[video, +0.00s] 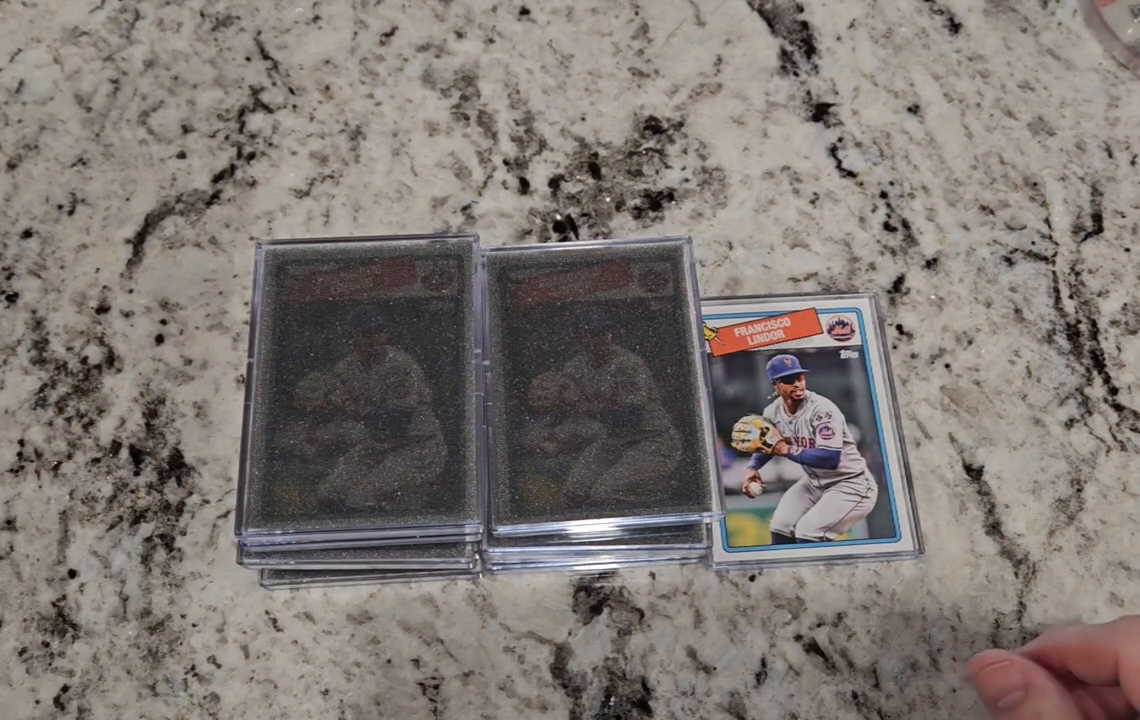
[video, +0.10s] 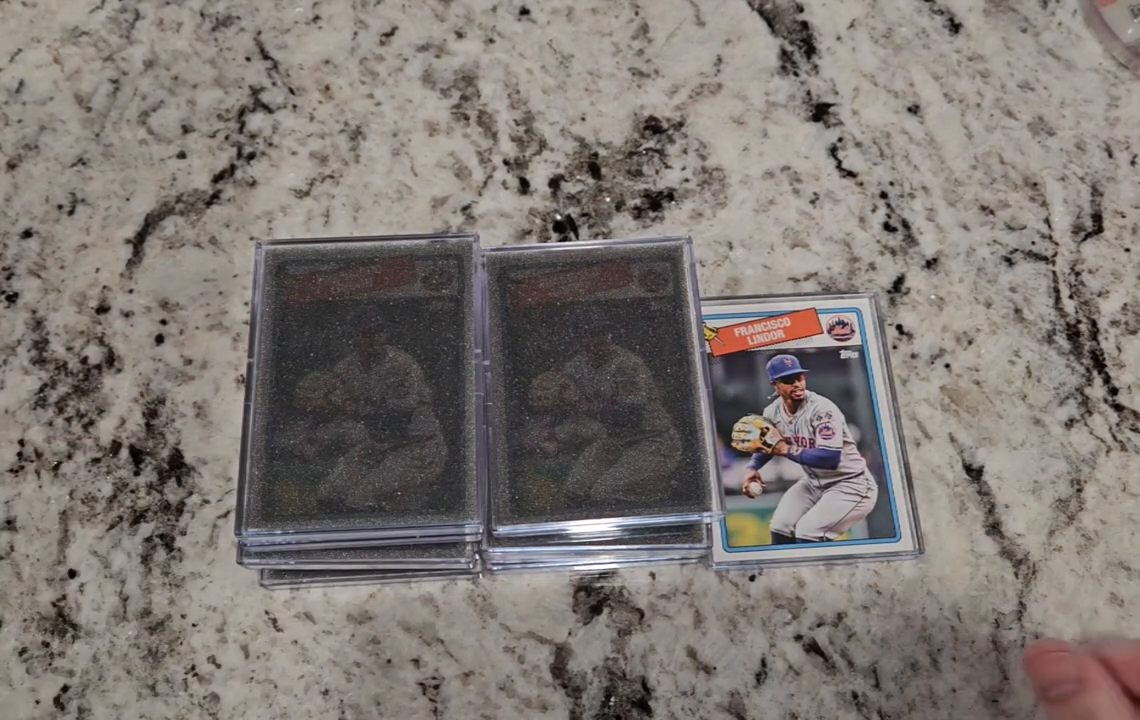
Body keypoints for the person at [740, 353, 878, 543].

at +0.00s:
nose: (797, 384)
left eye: (799, 378)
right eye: (789, 381)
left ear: (804, 377)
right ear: (776, 386)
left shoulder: (824, 409)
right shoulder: (772, 413)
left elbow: (830, 459)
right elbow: (768, 445)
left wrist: (786, 449)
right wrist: (752, 469)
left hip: (852, 485)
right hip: (814, 484)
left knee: (807, 532)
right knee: (781, 528)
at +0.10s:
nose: (797, 384)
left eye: (799, 378)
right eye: (789, 381)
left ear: (804, 377)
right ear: (776, 386)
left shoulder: (823, 409)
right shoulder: (772, 413)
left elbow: (830, 459)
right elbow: (768, 445)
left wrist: (786, 449)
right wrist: (752, 469)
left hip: (852, 485)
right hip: (814, 484)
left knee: (807, 532)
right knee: (781, 528)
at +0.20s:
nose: (798, 384)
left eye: (800, 378)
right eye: (789, 381)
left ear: (804, 377)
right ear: (776, 386)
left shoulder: (823, 409)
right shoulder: (772, 413)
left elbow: (830, 459)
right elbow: (768, 445)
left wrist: (786, 449)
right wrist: (752, 469)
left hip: (852, 485)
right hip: (814, 484)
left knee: (807, 532)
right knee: (780, 528)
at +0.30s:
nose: (798, 384)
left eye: (800, 378)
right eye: (789, 381)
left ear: (804, 377)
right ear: (776, 386)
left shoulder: (823, 409)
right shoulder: (772, 413)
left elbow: (830, 459)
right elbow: (768, 445)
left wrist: (785, 449)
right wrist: (752, 469)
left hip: (852, 485)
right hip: (814, 484)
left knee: (807, 532)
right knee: (781, 528)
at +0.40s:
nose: (798, 384)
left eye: (800, 378)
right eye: (789, 381)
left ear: (804, 377)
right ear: (776, 386)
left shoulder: (823, 409)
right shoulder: (772, 413)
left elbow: (830, 459)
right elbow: (768, 445)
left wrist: (786, 449)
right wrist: (752, 469)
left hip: (852, 485)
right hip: (814, 484)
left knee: (807, 531)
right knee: (781, 528)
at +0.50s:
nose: (798, 385)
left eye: (800, 378)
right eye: (789, 381)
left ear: (804, 377)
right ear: (776, 386)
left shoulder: (823, 409)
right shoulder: (772, 413)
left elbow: (830, 459)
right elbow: (768, 446)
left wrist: (786, 449)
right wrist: (752, 469)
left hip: (852, 485)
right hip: (814, 484)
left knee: (807, 532)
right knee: (781, 528)